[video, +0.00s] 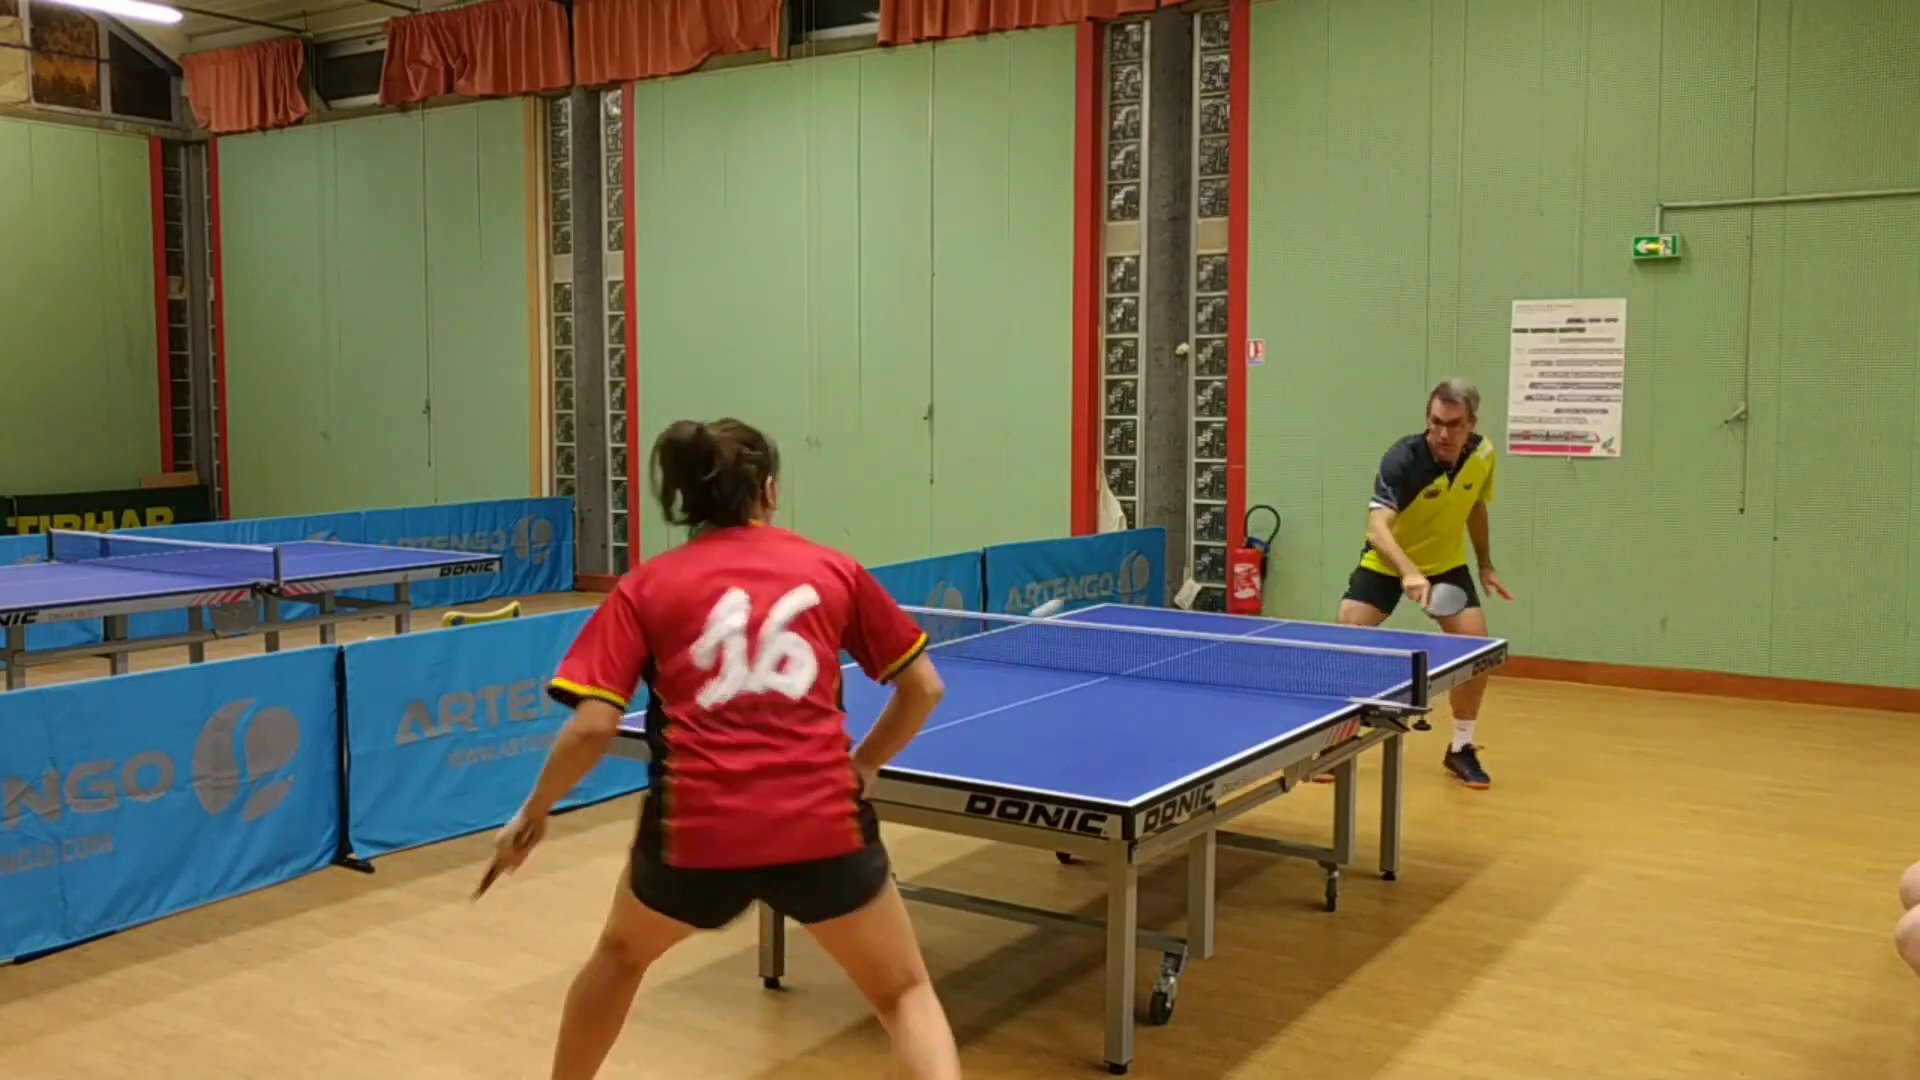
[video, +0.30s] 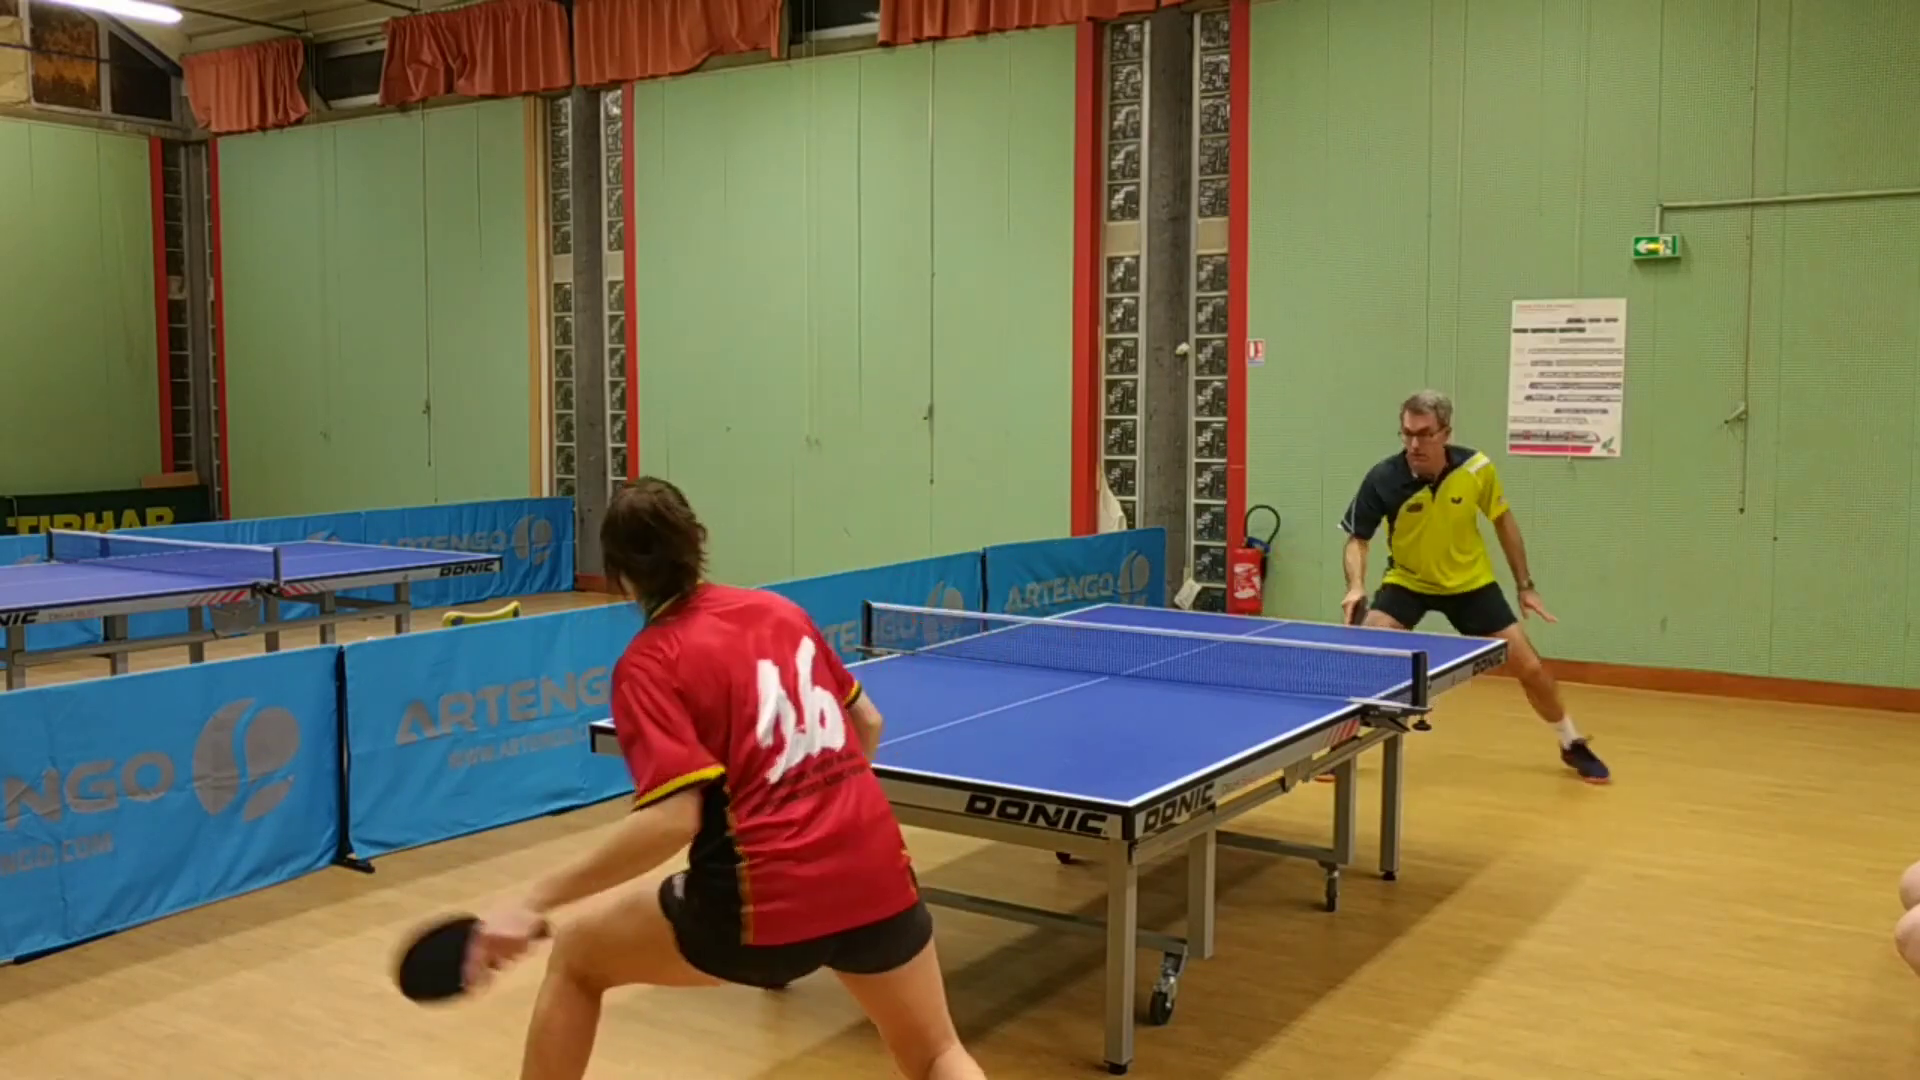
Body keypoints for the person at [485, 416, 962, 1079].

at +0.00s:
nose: (777, 489)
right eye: (775, 481)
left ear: (686, 498)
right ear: (766, 490)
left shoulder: (647, 586)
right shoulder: (828, 569)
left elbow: (595, 725)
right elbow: (923, 687)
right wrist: (864, 763)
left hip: (696, 838)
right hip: (822, 829)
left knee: (620, 959)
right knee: (904, 993)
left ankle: (566, 1076)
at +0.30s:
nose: (610, 571)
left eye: (610, 559)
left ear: (619, 572)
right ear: (697, 541)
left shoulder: (646, 664)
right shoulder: (775, 609)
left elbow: (672, 818)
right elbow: (866, 724)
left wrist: (535, 901)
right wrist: (814, 805)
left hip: (762, 908)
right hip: (876, 888)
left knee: (576, 954)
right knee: (937, 1054)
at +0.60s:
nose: (780, 539)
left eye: (774, 527)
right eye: (776, 529)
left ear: (692, 551)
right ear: (767, 546)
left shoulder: (682, 632)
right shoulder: (770, 649)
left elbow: (849, 619)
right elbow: (843, 796)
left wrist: (931, 599)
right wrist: (784, 772)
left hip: (661, 941)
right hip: (762, 951)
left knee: (660, 1031)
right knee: (989, 998)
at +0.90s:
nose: (839, 428)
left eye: (837, 412)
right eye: (835, 412)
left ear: (738, 427)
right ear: (816, 422)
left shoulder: (707, 514)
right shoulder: (833, 513)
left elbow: (774, 612)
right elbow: (879, 685)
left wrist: (902, 618)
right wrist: (820, 672)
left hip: (666, 813)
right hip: (786, 825)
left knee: (603, 1006)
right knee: (943, 1022)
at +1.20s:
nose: (787, 466)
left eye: (783, 453)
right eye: (785, 455)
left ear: (686, 470)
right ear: (774, 467)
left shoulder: (633, 584)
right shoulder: (837, 574)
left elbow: (570, 745)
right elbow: (927, 723)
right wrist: (889, 771)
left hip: (679, 885)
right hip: (821, 882)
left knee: (571, 1066)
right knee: (940, 1068)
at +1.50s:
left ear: (801, 544)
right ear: (890, 534)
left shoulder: (811, 641)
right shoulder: (966, 622)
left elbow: (742, 796)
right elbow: (1079, 729)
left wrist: (609, 792)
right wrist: (1040, 757)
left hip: (877, 944)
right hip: (999, 937)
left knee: (667, 1059)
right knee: (1098, 1073)